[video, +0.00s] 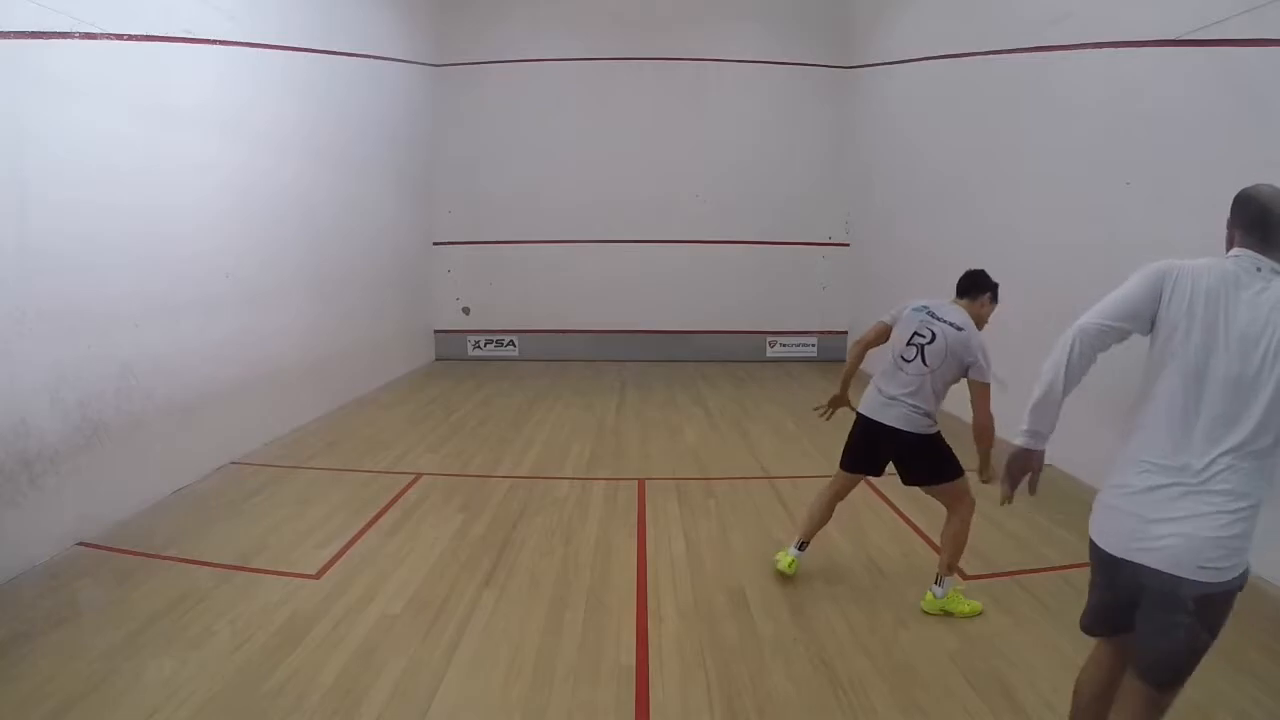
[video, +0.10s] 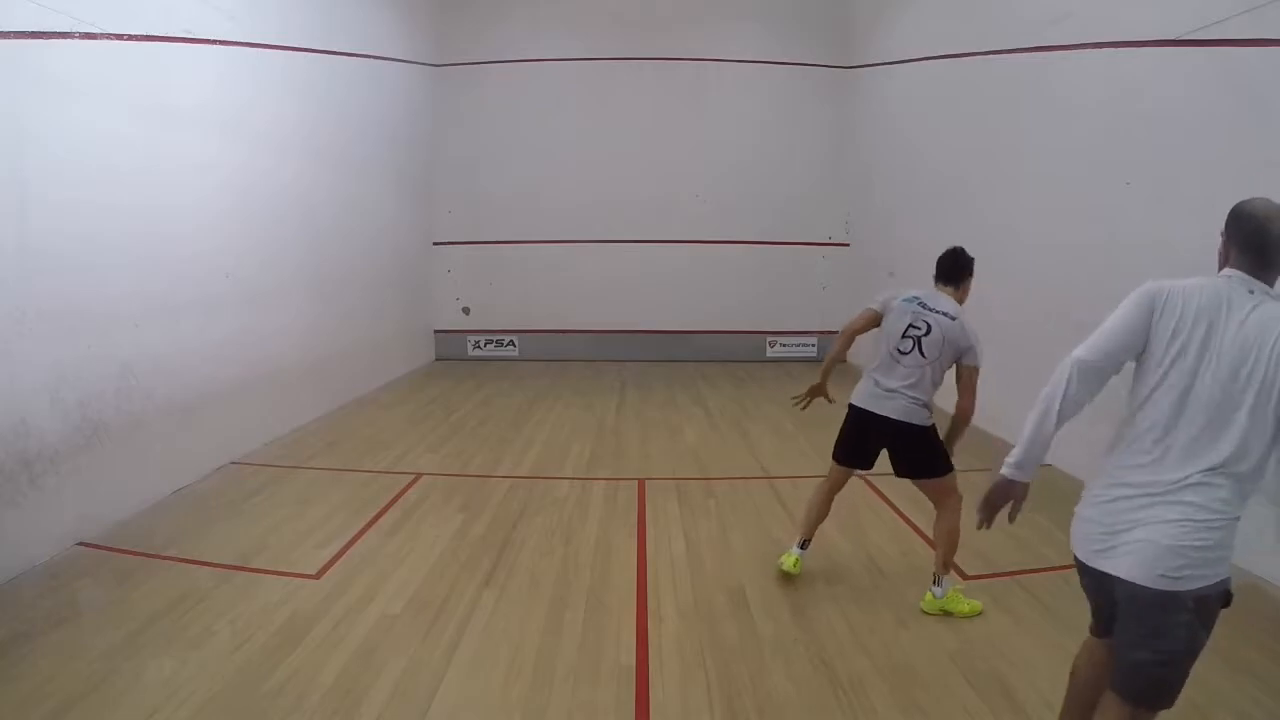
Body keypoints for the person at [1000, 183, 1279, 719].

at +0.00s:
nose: (1226, 236)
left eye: (1227, 229)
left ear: (1231, 232)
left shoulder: (1175, 279)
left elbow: (1084, 334)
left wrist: (1034, 436)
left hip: (1119, 532)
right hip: (1206, 562)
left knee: (1110, 647)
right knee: (1145, 700)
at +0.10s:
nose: (1220, 249)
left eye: (1221, 241)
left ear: (1223, 247)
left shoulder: (1163, 298)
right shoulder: (1275, 331)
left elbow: (1082, 367)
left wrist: (1019, 467)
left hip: (1099, 539)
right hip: (1179, 570)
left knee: (1104, 637)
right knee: (1129, 706)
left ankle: (1070, 713)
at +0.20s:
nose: (1210, 234)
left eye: (1212, 225)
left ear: (1216, 232)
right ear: (1275, 251)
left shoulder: (1149, 288)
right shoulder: (1273, 326)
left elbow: (1069, 361)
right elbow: (1272, 469)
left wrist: (1024, 461)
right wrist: (1269, 587)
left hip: (1090, 524)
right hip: (1169, 561)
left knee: (1101, 623)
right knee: (1128, 698)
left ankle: (1048, 714)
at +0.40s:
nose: (1184, 229)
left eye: (1185, 221)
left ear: (1186, 229)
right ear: (1247, 244)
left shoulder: (1130, 286)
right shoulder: (1264, 331)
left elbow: (1049, 355)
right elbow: (1252, 458)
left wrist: (1034, 428)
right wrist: (1214, 537)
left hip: (1083, 507)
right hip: (1165, 535)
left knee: (1073, 606)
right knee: (1121, 680)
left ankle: (1022, 711)